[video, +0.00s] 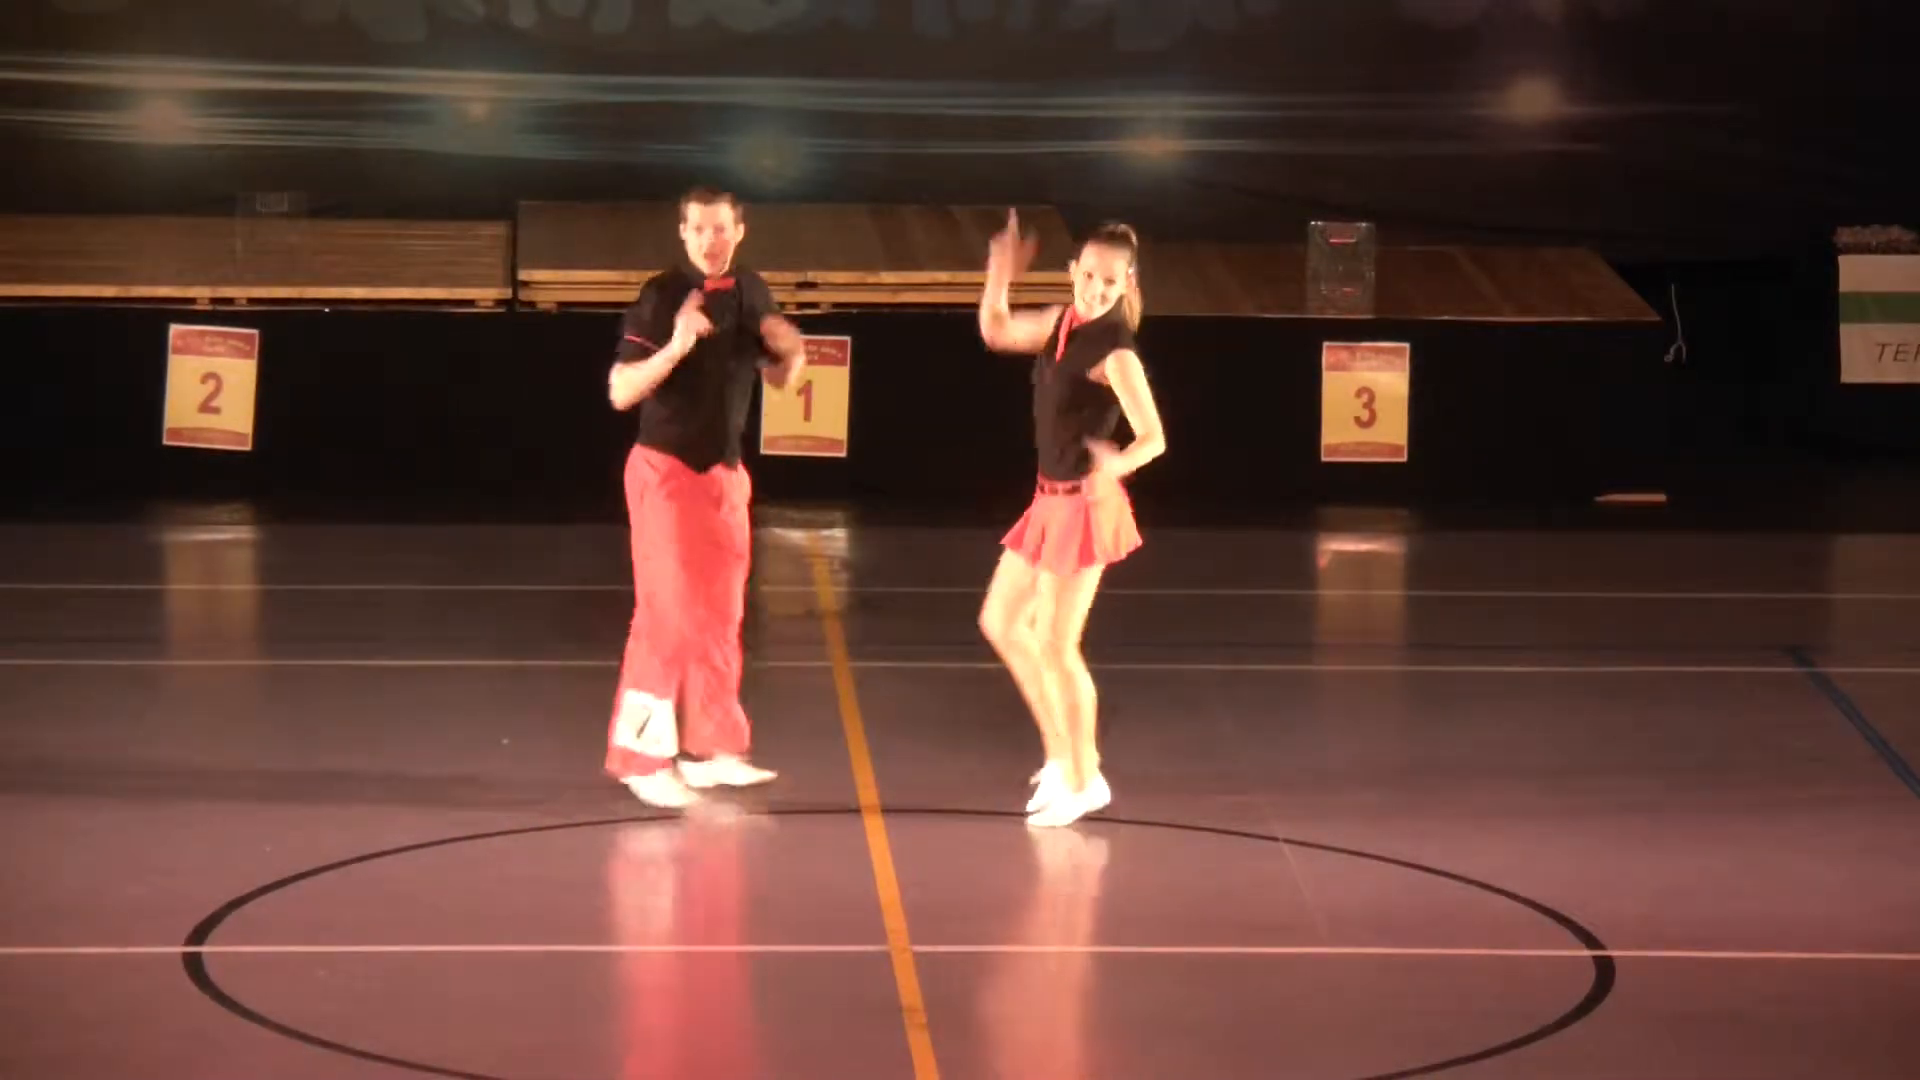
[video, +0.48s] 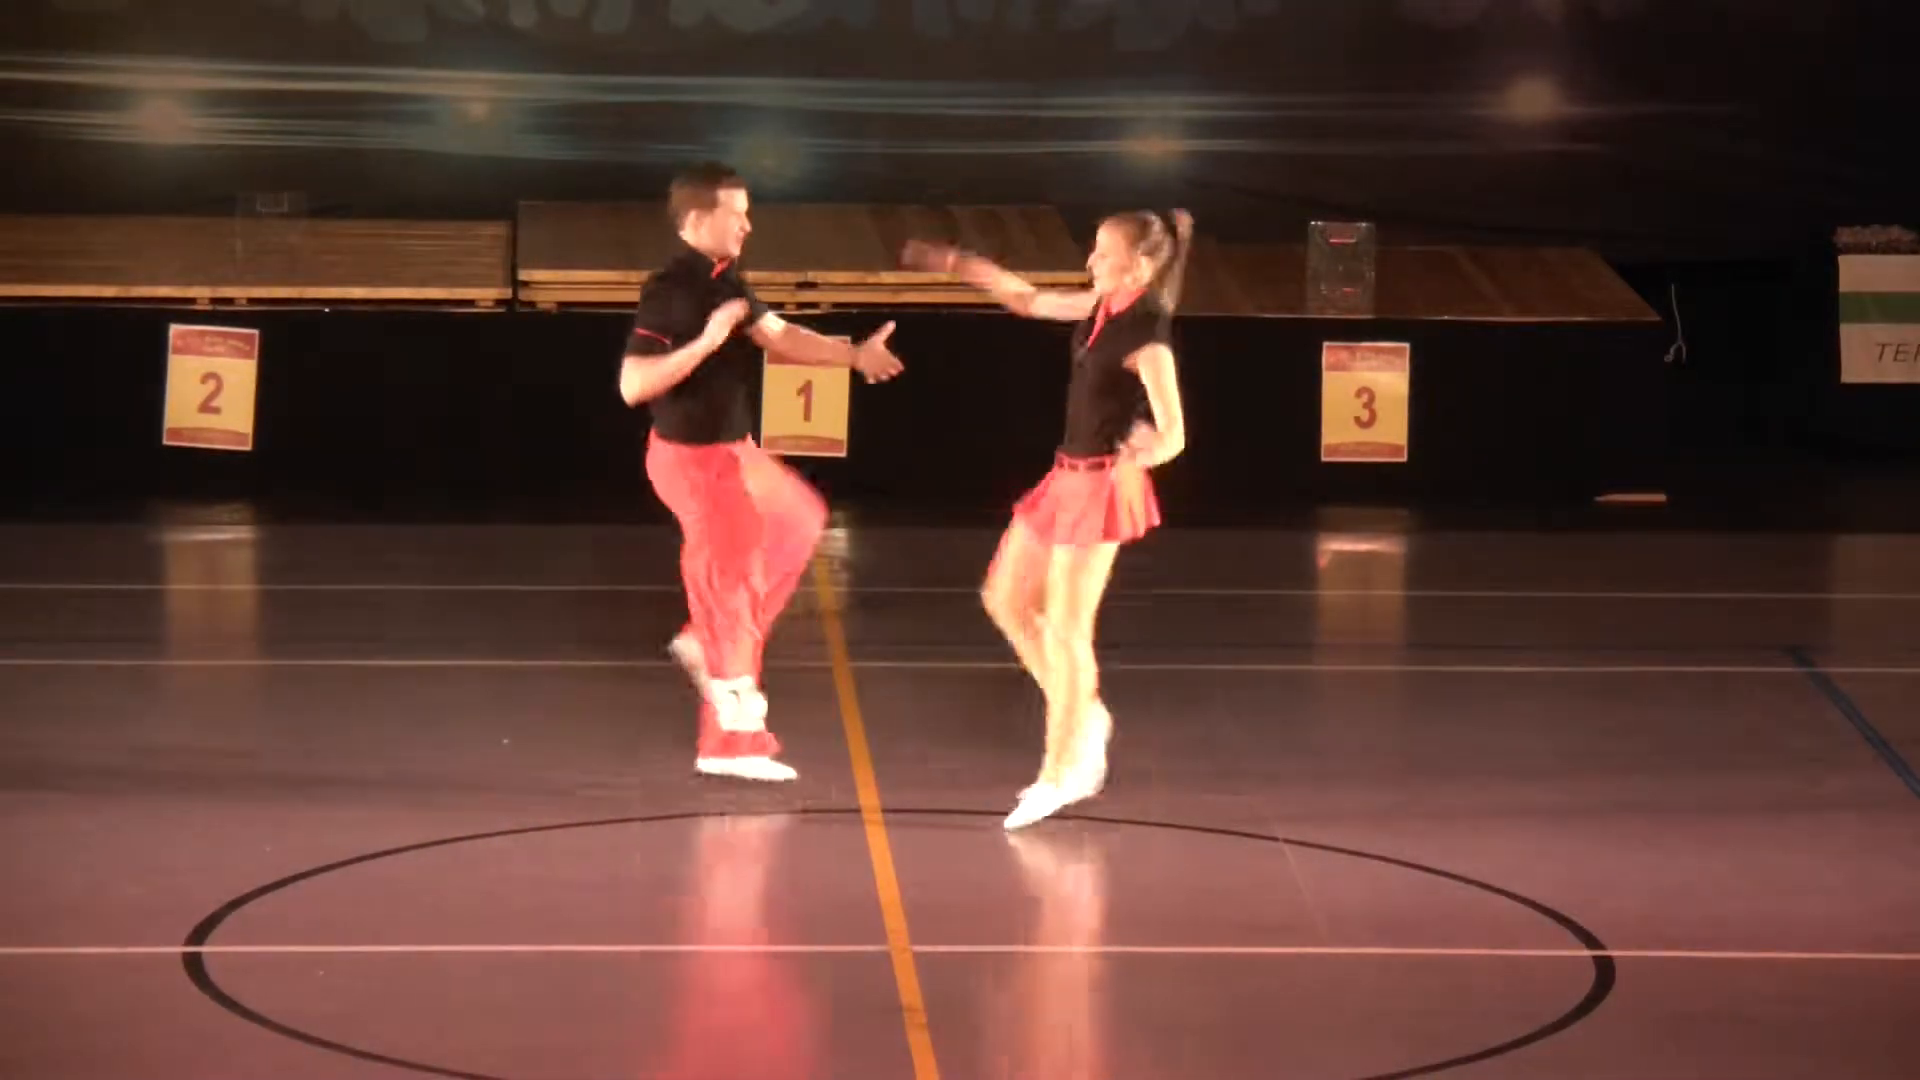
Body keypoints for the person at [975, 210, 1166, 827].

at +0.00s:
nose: (1095, 290)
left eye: (1110, 281)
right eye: (1089, 274)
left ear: (1125, 287)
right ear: (1073, 270)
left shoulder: (1116, 350)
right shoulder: (1057, 324)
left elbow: (1153, 437)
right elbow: (996, 331)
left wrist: (1113, 470)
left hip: (1088, 506)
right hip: (1047, 502)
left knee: (1056, 642)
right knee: (1000, 623)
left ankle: (1085, 778)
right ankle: (1060, 760)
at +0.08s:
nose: (1097, 287)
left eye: (1111, 279)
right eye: (1090, 271)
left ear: (1133, 278)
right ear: (1077, 257)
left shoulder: (1118, 340)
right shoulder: (1062, 299)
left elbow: (1150, 438)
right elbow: (1005, 246)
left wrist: (1183, 517)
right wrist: (1008, 168)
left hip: (1091, 498)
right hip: (1062, 493)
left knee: (1006, 624)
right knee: (1061, 636)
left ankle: (1046, 753)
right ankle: (1116, 761)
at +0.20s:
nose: (1098, 309)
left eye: (1113, 302)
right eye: (1093, 293)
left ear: (1132, 307)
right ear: (1076, 285)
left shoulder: (1123, 368)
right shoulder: (1066, 327)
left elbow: (1159, 466)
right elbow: (1040, 241)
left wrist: (1207, 550)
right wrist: (1028, 159)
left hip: (1088, 528)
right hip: (1063, 524)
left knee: (987, 635)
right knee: (1111, 657)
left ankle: (1022, 766)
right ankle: (1139, 787)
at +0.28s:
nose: (1103, 318)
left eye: (1118, 310)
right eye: (1099, 304)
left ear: (1135, 318)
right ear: (1083, 299)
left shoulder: (1129, 385)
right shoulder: (1070, 342)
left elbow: (1159, 482)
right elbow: (1036, 263)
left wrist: (1199, 569)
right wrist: (1017, 179)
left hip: (1091, 537)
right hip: (1068, 532)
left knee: (985, 641)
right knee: (1116, 661)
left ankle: (1025, 768)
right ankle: (1142, 793)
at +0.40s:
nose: (1104, 294)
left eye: (1119, 286)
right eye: (1099, 280)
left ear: (1146, 295)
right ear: (1088, 278)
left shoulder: (1141, 359)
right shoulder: (1082, 320)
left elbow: (1163, 439)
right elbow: (1022, 271)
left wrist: (1174, 509)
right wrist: (988, 203)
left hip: (1090, 511)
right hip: (1063, 506)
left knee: (1008, 634)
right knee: (1093, 648)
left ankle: (1033, 769)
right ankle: (1128, 775)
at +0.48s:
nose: (1091, 262)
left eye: (1102, 252)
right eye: (1094, 250)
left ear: (1137, 264)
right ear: (1113, 260)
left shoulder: (1147, 332)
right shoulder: (1100, 304)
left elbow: (1173, 432)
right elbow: (1028, 299)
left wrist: (1139, 456)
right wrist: (964, 266)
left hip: (1102, 486)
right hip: (1062, 478)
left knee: (1066, 630)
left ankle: (1062, 770)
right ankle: (1084, 717)